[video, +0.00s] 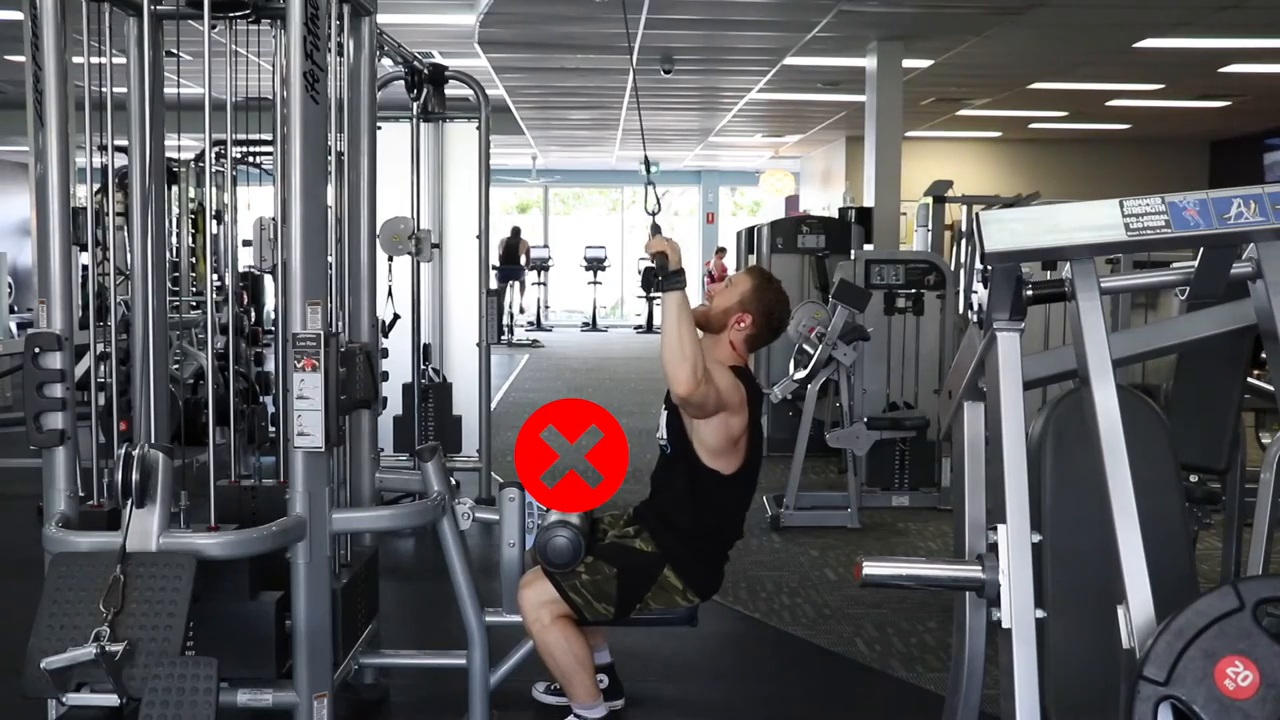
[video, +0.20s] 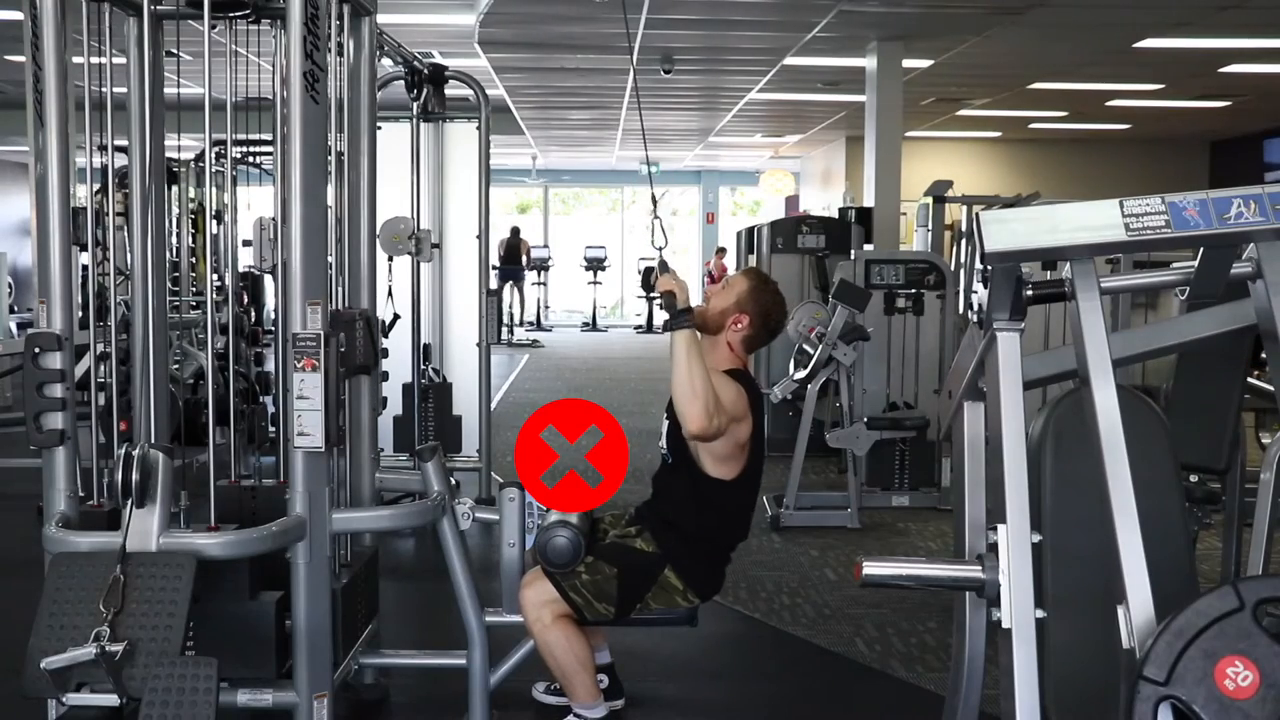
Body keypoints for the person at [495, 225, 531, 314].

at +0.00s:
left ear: (510, 233)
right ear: (520, 234)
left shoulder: (503, 241)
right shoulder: (524, 243)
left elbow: (500, 256)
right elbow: (528, 259)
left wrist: (503, 265)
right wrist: (526, 267)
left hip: (504, 270)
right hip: (517, 270)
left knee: (501, 291)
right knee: (522, 280)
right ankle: (521, 303)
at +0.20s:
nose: (514, 235)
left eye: (513, 232)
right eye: (516, 233)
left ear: (510, 233)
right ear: (519, 233)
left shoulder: (502, 242)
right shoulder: (524, 243)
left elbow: (499, 257)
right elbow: (528, 258)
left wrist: (502, 265)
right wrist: (527, 267)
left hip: (504, 270)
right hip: (518, 270)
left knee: (499, 292)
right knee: (521, 294)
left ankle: (499, 317)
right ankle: (521, 319)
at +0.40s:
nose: (513, 234)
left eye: (511, 232)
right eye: (514, 232)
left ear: (508, 233)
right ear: (517, 233)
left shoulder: (500, 243)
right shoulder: (523, 243)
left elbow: (499, 258)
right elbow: (528, 259)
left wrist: (502, 265)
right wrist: (526, 267)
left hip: (504, 270)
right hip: (517, 270)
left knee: (499, 280)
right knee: (520, 300)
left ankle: (500, 304)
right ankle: (520, 325)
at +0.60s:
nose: (512, 235)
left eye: (511, 232)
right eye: (514, 233)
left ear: (508, 232)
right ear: (517, 233)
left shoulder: (500, 242)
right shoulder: (522, 243)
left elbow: (498, 257)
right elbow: (527, 258)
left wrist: (501, 265)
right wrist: (527, 267)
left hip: (503, 270)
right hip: (517, 270)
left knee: (500, 293)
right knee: (522, 292)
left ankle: (500, 316)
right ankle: (520, 313)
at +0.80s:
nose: (512, 235)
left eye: (511, 232)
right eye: (514, 233)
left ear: (508, 232)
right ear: (517, 233)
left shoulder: (501, 242)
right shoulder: (522, 244)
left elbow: (499, 257)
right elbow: (529, 260)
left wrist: (502, 265)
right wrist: (527, 267)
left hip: (504, 270)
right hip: (517, 270)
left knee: (501, 288)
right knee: (522, 281)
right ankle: (521, 303)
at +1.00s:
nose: (509, 235)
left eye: (509, 233)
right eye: (512, 233)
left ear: (507, 233)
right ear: (516, 234)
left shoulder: (500, 243)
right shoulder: (521, 244)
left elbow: (498, 257)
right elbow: (530, 260)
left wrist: (501, 265)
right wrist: (526, 267)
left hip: (504, 270)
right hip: (517, 270)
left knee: (499, 292)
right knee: (521, 287)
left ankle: (499, 316)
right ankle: (522, 312)